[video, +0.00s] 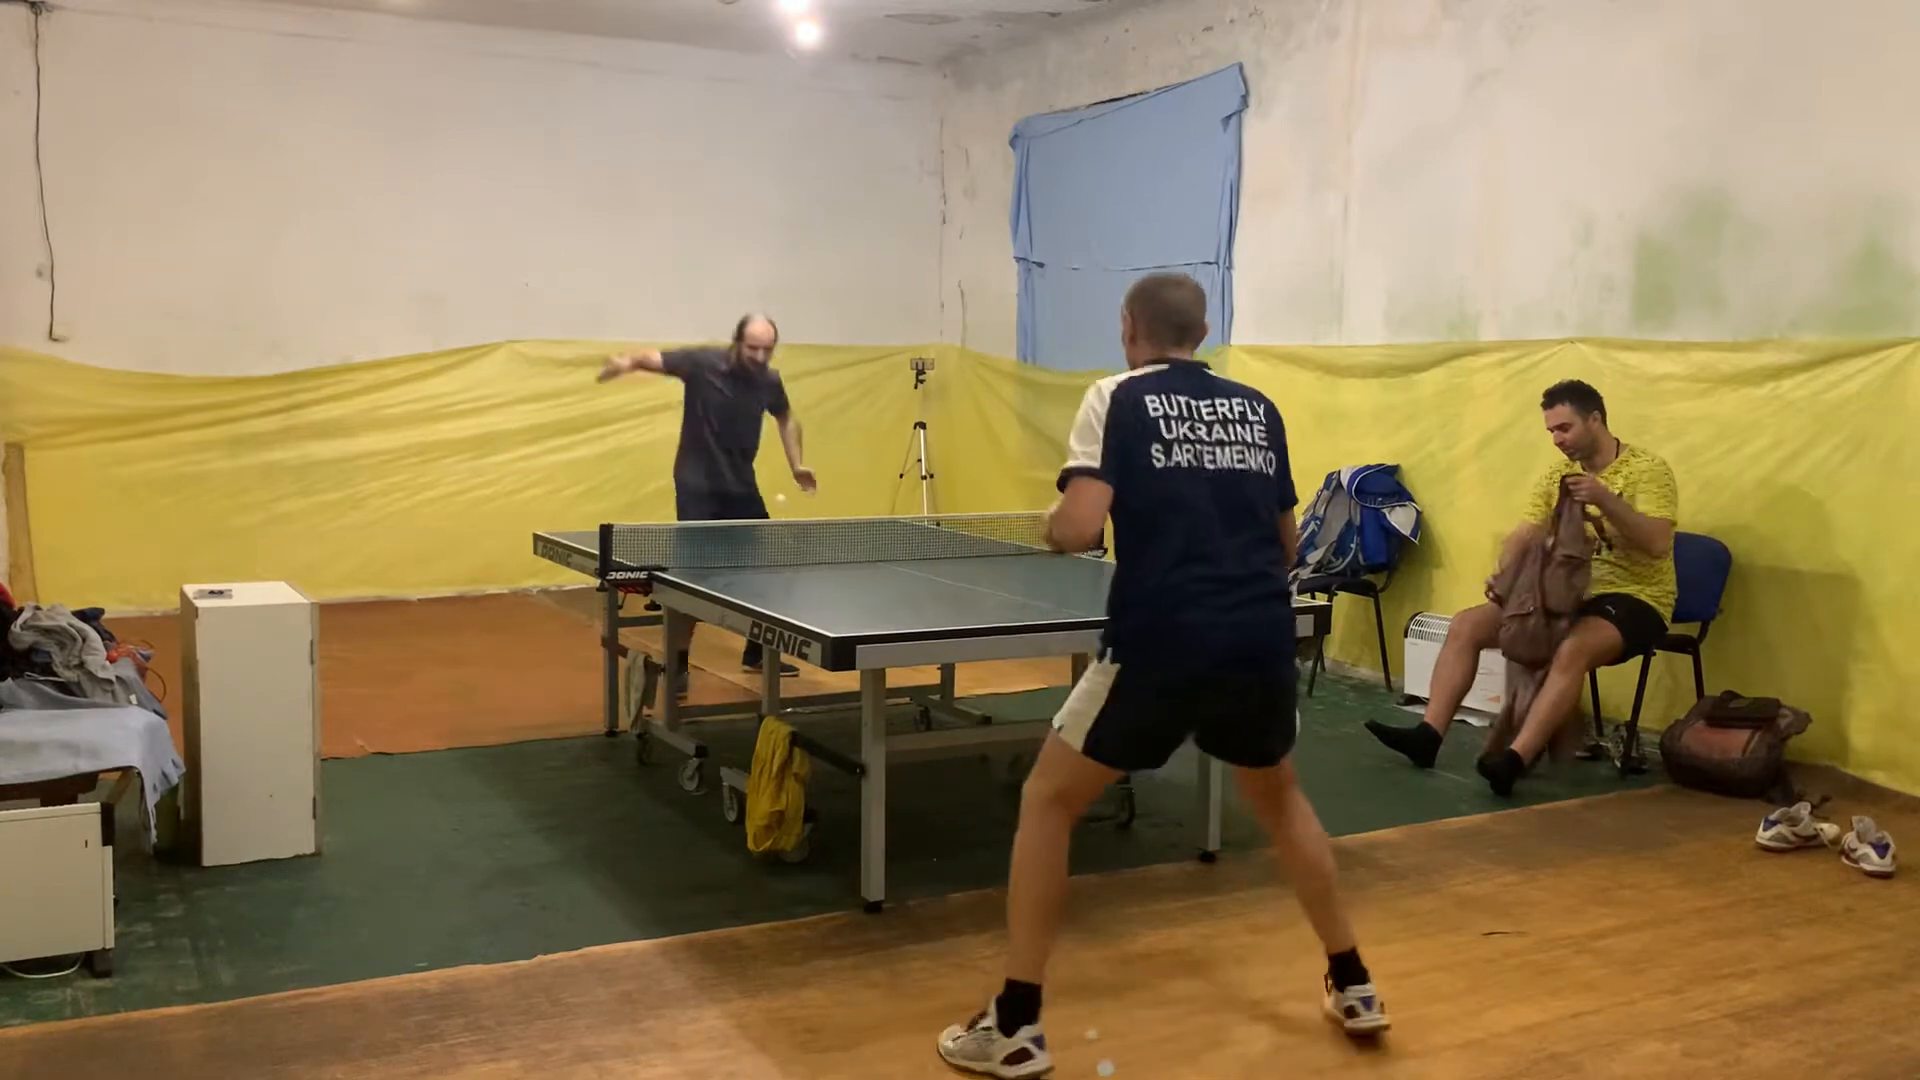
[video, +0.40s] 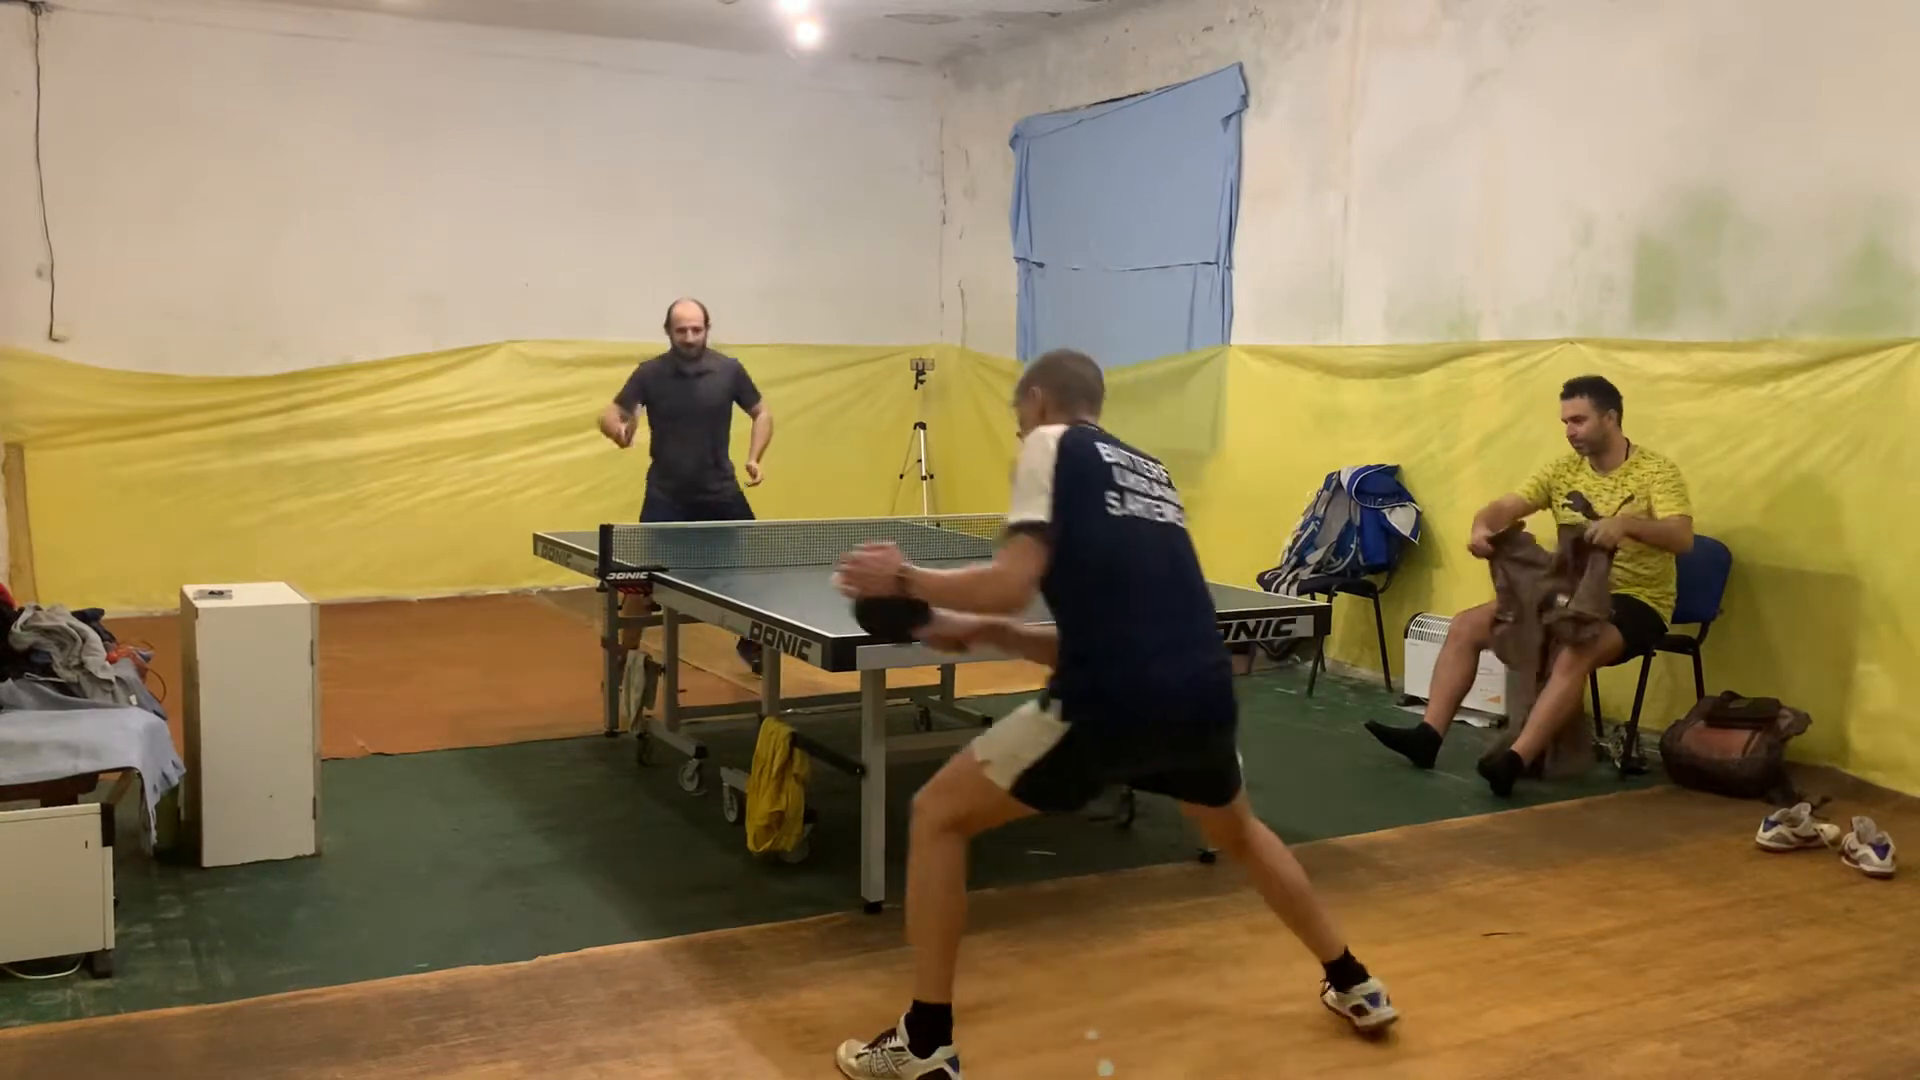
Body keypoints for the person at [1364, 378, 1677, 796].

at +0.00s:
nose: (1556, 440)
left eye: (1563, 429)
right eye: (1551, 432)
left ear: (1595, 419)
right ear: (1551, 431)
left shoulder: (1648, 469)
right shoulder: (1558, 476)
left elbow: (1658, 543)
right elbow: (1527, 534)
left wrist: (1605, 500)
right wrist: (1507, 576)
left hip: (1636, 598)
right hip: (1567, 594)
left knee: (1572, 650)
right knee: (1466, 625)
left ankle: (1515, 760)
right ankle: (1429, 734)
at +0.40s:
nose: (1569, 432)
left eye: (1577, 421)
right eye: (1565, 422)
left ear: (1611, 418)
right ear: (1565, 422)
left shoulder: (1657, 472)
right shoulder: (1564, 471)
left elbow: (1681, 536)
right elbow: (1509, 507)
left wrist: (1626, 524)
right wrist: (1482, 526)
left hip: (1638, 603)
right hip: (1570, 596)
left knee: (1572, 653)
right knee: (1466, 625)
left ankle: (1514, 759)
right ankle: (1429, 735)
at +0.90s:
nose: (1605, 419)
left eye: (1617, 410)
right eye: (1605, 410)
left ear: (1651, 419)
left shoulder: (1672, 481)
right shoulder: (1592, 462)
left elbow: (1643, 537)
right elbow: (1522, 479)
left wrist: (1567, 531)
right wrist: (1468, 480)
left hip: (1638, 601)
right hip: (1578, 587)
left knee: (1572, 646)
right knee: (1495, 578)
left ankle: (1513, 761)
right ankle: (1476, 701)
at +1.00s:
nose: (1606, 419)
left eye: (1618, 411)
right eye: (1606, 410)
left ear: (1652, 420)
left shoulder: (1672, 481)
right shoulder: (1592, 464)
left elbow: (1640, 541)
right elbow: (1520, 487)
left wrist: (1555, 547)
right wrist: (1460, 494)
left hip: (1639, 603)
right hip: (1580, 591)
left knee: (1572, 645)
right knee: (1513, 543)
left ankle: (1512, 762)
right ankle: (1504, 654)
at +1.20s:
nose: (1606, 421)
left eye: (1617, 413)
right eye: (1605, 412)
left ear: (1651, 423)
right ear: (1605, 415)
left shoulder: (1671, 485)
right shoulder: (1597, 470)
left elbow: (1631, 561)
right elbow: (1529, 511)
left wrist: (1562, 589)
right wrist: (1469, 553)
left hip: (1644, 600)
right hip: (1593, 585)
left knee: (1573, 646)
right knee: (1523, 521)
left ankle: (1514, 760)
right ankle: (1520, 625)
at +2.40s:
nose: (1611, 420)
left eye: (1623, 412)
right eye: (1611, 412)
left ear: (1656, 422)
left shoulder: (1678, 482)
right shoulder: (1603, 473)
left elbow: (1656, 561)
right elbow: (1555, 529)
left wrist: (1581, 587)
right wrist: (1497, 574)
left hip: (1647, 601)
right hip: (1591, 584)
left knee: (1575, 645)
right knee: (1514, 528)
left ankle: (1515, 759)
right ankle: (1474, 661)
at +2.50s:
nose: (1613, 421)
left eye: (1625, 413)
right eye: (1613, 412)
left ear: (1658, 422)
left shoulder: (1680, 483)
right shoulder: (1604, 474)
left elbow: (1660, 560)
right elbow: (1551, 530)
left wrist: (1581, 575)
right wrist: (1493, 567)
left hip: (1648, 601)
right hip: (1592, 585)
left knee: (1575, 643)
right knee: (1513, 533)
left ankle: (1515, 759)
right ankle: (1464, 657)